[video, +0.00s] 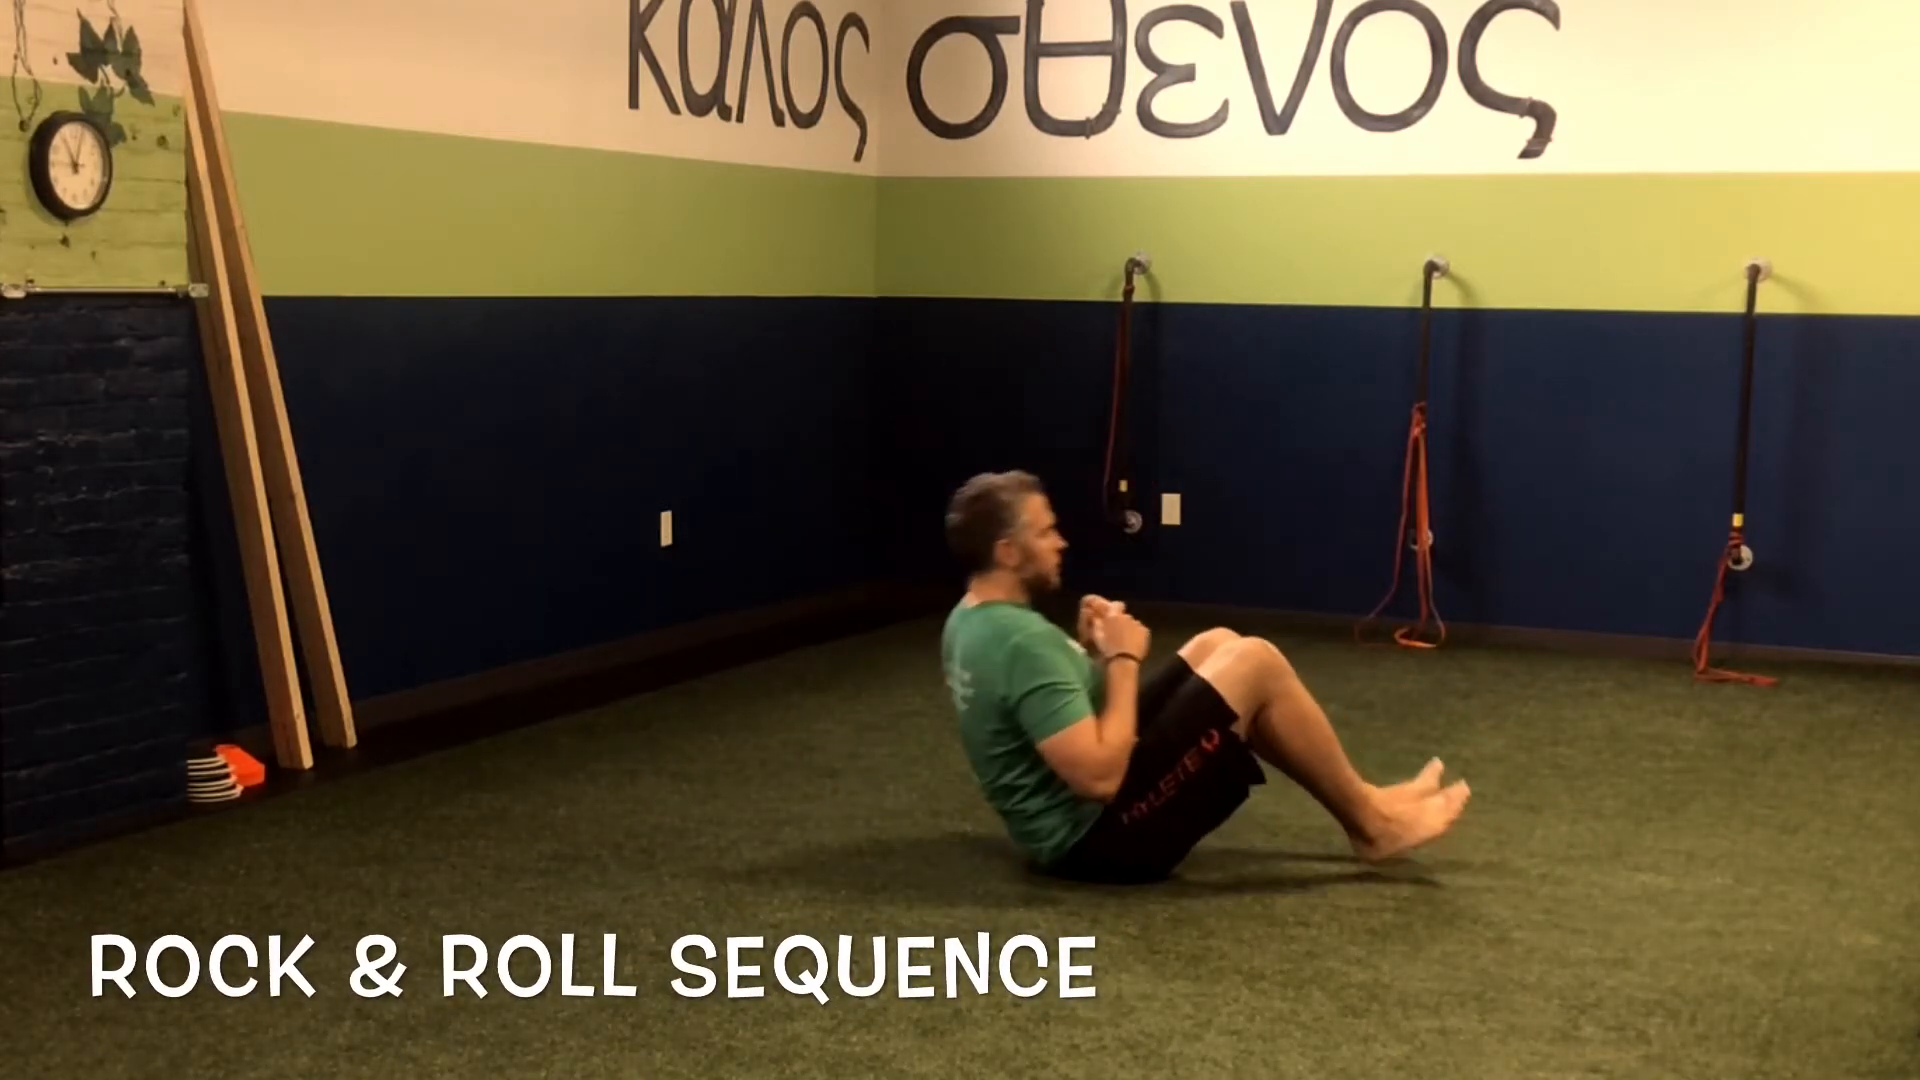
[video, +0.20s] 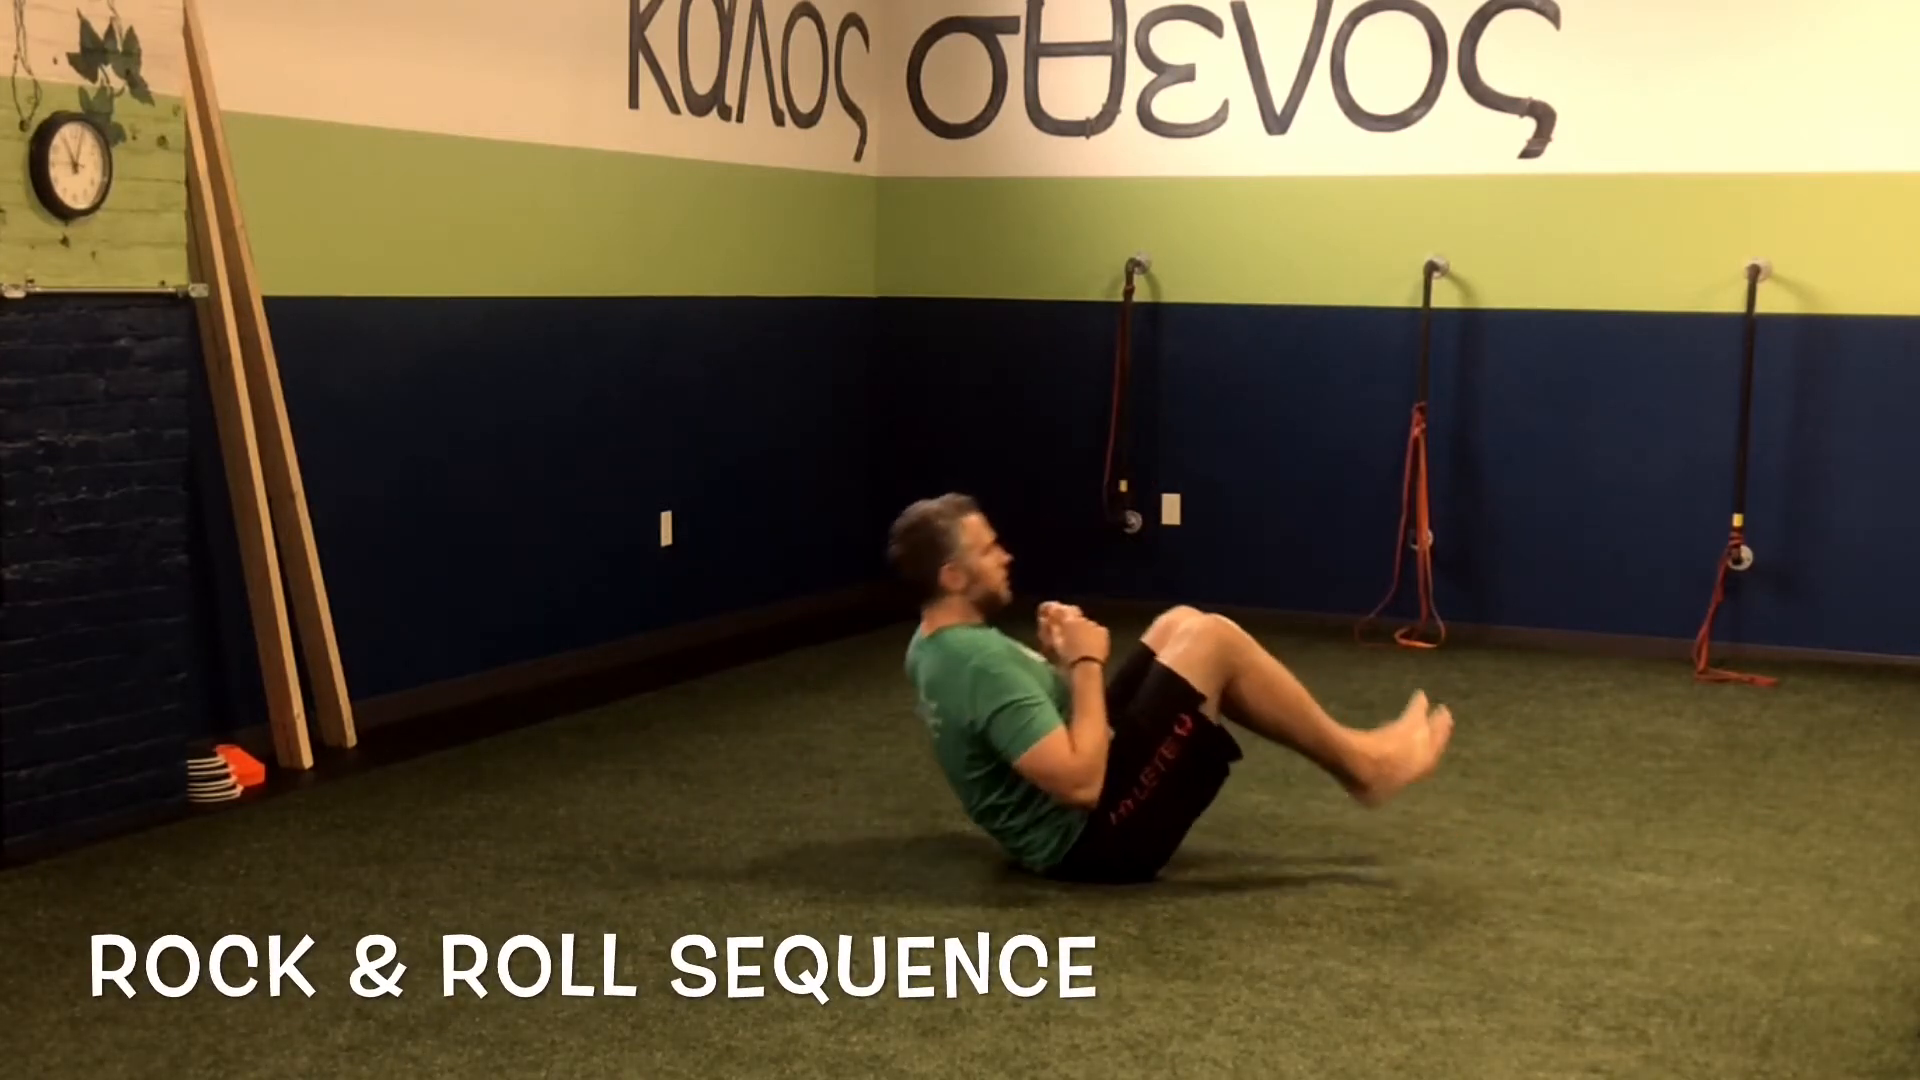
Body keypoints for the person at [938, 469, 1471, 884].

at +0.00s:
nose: (1062, 544)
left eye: (1055, 529)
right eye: (1048, 532)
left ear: (998, 552)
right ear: (1006, 550)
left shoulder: (972, 622)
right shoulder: (1021, 642)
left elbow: (1066, 729)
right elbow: (1101, 775)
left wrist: (1090, 656)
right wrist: (1123, 662)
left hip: (1065, 821)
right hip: (1101, 842)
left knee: (1219, 644)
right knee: (1257, 660)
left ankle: (1365, 808)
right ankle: (1374, 822)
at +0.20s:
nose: (1005, 558)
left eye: (996, 543)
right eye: (988, 550)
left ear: (950, 574)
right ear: (951, 575)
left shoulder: (941, 643)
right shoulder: (980, 663)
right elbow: (1081, 780)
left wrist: (1059, 661)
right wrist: (1087, 665)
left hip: (1060, 822)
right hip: (1093, 842)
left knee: (1181, 624)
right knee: (1207, 636)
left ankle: (1351, 757)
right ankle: (1366, 764)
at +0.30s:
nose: (972, 568)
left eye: (961, 555)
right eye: (955, 561)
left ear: (921, 593)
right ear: (922, 592)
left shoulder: (922, 656)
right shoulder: (959, 678)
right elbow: (1071, 785)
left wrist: (1038, 660)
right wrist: (1065, 668)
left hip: (1058, 818)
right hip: (1090, 842)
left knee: (1156, 613)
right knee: (1181, 626)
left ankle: (1345, 720)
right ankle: (1360, 722)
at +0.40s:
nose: (940, 584)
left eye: (928, 572)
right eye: (922, 579)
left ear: (891, 614)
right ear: (891, 614)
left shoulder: (905, 672)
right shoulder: (928, 694)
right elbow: (1054, 790)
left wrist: (1021, 667)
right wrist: (1038, 674)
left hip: (1057, 817)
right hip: (1085, 843)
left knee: (1125, 606)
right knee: (1141, 615)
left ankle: (1329, 676)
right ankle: (1342, 676)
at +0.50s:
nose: (902, 609)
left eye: (889, 599)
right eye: (882, 607)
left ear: (859, 643)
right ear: (852, 646)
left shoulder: (890, 698)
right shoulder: (900, 713)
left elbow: (1013, 770)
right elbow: (1035, 799)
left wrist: (996, 673)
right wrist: (1007, 681)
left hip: (1059, 825)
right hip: (1080, 844)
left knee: (1083, 601)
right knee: (1095, 604)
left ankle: (1294, 625)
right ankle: (1308, 626)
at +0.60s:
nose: (861, 639)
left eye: (848, 631)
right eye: (840, 641)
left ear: (828, 679)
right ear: (815, 685)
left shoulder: (876, 717)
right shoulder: (870, 745)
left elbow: (994, 777)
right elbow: (1017, 807)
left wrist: (960, 682)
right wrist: (968, 697)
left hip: (1059, 816)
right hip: (1077, 837)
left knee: (1022, 597)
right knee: (1039, 603)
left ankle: (1228, 563)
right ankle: (1238, 566)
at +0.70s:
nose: (823, 670)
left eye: (808, 664)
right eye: (802, 673)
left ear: (793, 718)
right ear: (783, 723)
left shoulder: (842, 749)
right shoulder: (844, 785)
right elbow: (994, 809)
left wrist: (910, 699)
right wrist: (922, 707)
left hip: (1045, 803)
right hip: (1061, 821)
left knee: (960, 602)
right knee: (963, 606)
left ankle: (1130, 499)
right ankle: (1138, 501)